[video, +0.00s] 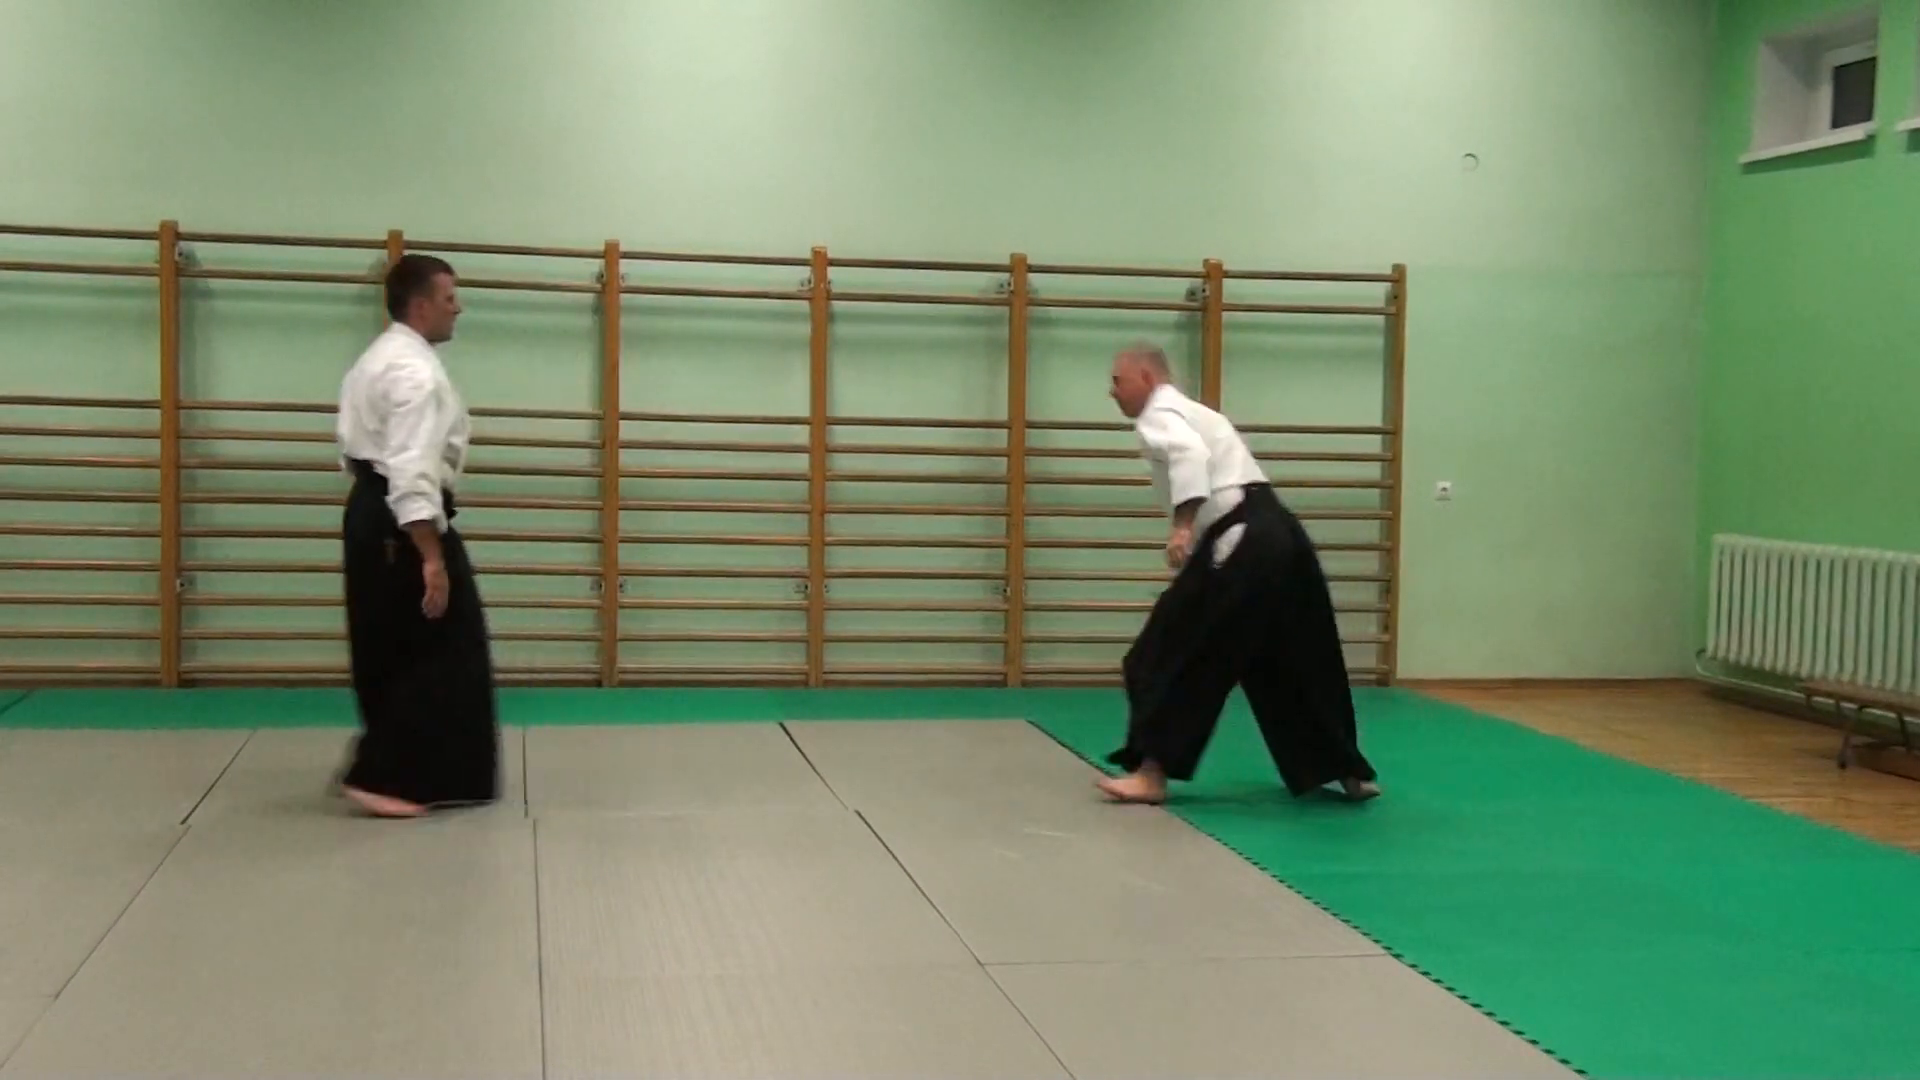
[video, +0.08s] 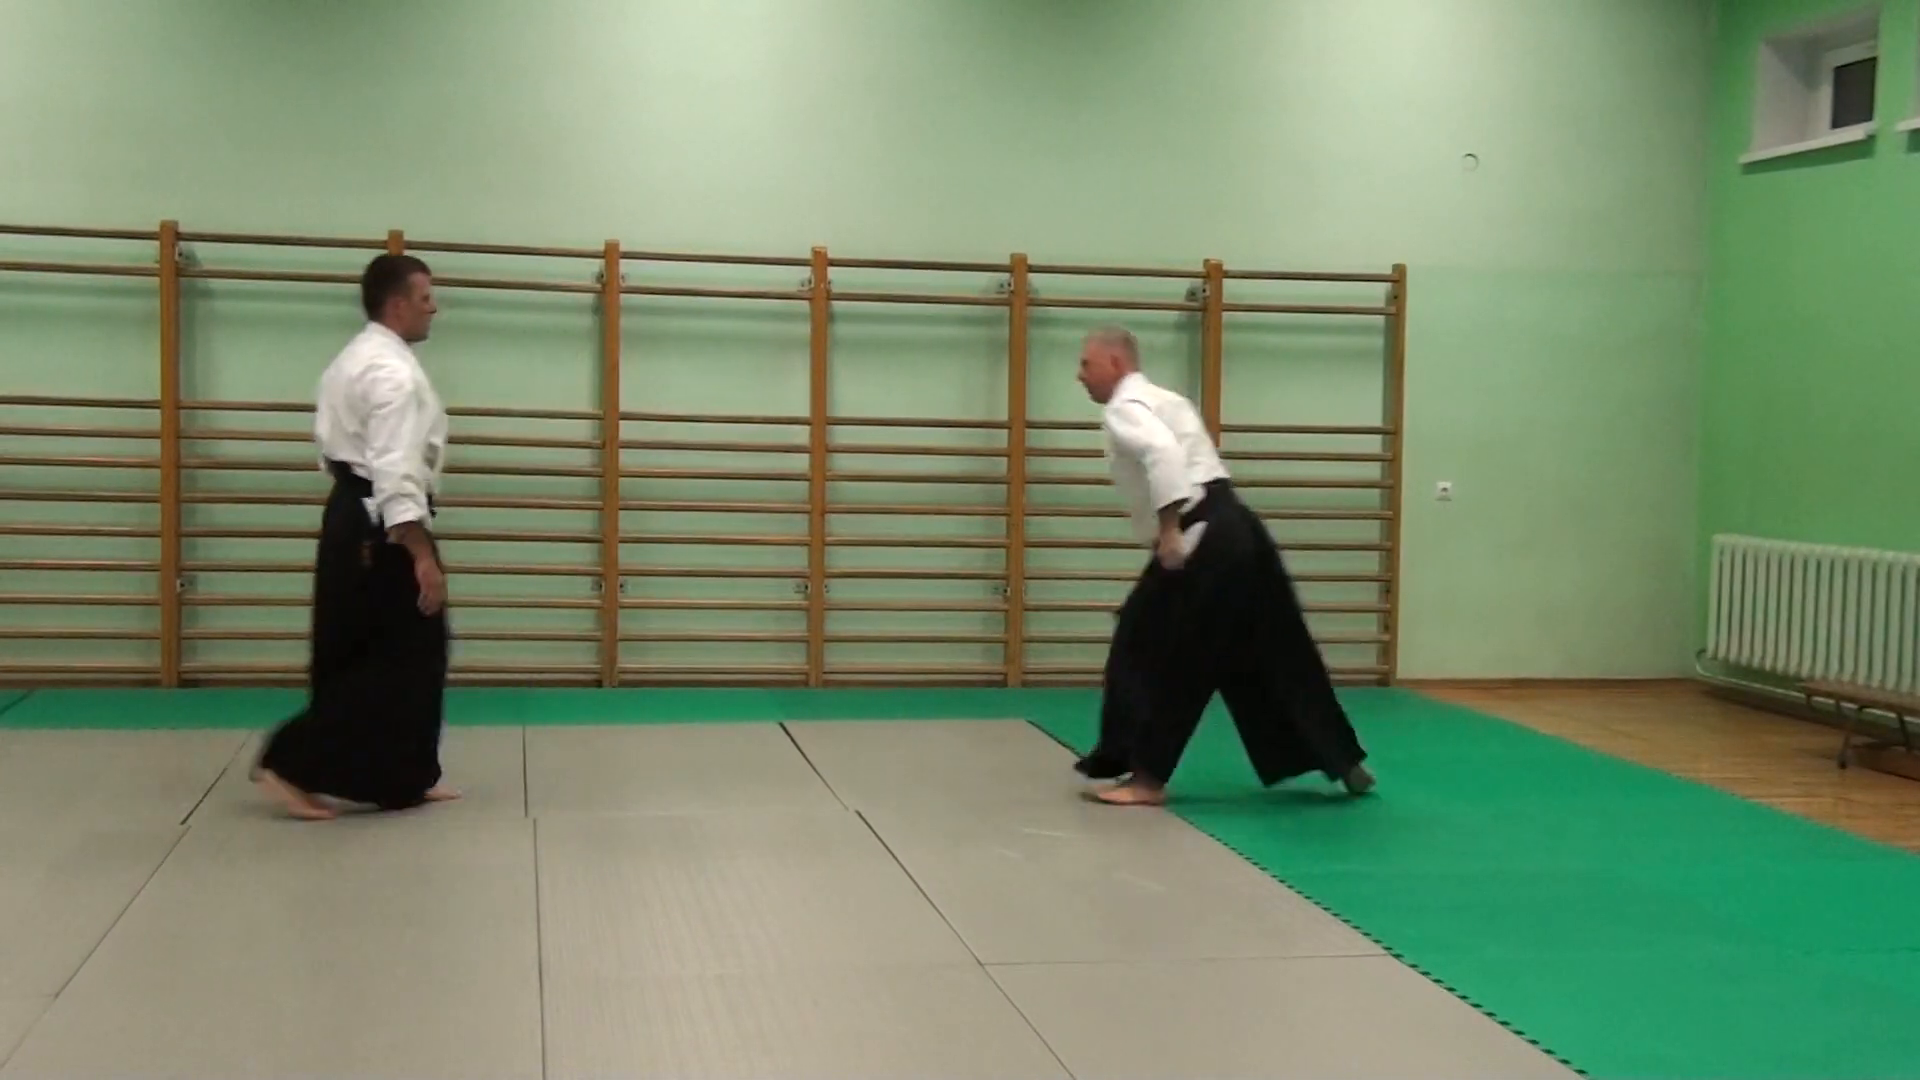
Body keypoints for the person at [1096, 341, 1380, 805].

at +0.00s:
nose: (1113, 391)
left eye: (1118, 381)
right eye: (1112, 382)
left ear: (1145, 377)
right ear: (1153, 378)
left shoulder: (1156, 413)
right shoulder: (1195, 409)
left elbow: (1190, 453)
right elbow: (1233, 466)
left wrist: (1182, 526)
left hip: (1242, 542)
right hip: (1284, 535)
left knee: (1166, 655)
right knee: (1304, 657)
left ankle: (1149, 775)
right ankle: (1352, 770)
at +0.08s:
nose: (1080, 375)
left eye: (1087, 365)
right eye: (1080, 365)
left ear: (1115, 363)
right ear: (1124, 365)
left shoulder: (1122, 408)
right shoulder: (1167, 399)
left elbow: (1161, 450)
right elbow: (1201, 457)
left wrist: (1168, 525)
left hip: (1201, 535)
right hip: (1238, 527)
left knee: (1151, 650)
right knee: (1275, 649)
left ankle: (1146, 780)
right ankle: (1341, 757)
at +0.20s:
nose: (1033, 362)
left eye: (1039, 352)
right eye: (1034, 353)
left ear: (1069, 352)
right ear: (1074, 353)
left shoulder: (1077, 408)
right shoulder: (1118, 394)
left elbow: (1103, 480)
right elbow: (1148, 467)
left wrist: (1110, 555)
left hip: (1147, 541)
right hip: (1175, 530)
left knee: (1130, 661)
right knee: (1196, 649)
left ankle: (1140, 781)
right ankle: (1271, 735)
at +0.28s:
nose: (1003, 358)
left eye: (1010, 347)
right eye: (1004, 347)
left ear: (1042, 349)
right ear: (1047, 350)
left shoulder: (1047, 407)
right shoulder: (1087, 391)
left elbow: (1055, 488)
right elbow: (1103, 468)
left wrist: (1048, 557)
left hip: (1108, 548)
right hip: (1136, 534)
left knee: (1098, 662)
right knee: (1131, 656)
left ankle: (1137, 779)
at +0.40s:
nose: (959, 342)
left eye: (966, 333)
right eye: (961, 332)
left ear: (995, 335)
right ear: (999, 338)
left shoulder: (1000, 395)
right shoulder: (1043, 383)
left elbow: (991, 476)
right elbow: (1083, 452)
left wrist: (956, 533)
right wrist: (1084, 509)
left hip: (1050, 542)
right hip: (1072, 530)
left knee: (1086, 655)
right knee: (993, 636)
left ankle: (1139, 769)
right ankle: (991, 757)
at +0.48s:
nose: (945, 335)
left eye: (951, 325)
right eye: (946, 325)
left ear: (981, 328)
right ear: (988, 329)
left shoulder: (984, 386)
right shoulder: (1028, 377)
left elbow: (971, 464)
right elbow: (1067, 452)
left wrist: (935, 508)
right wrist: (1055, 506)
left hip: (1017, 537)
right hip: (1038, 527)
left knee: (1081, 645)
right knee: (971, 642)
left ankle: (1148, 751)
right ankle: (933, 758)